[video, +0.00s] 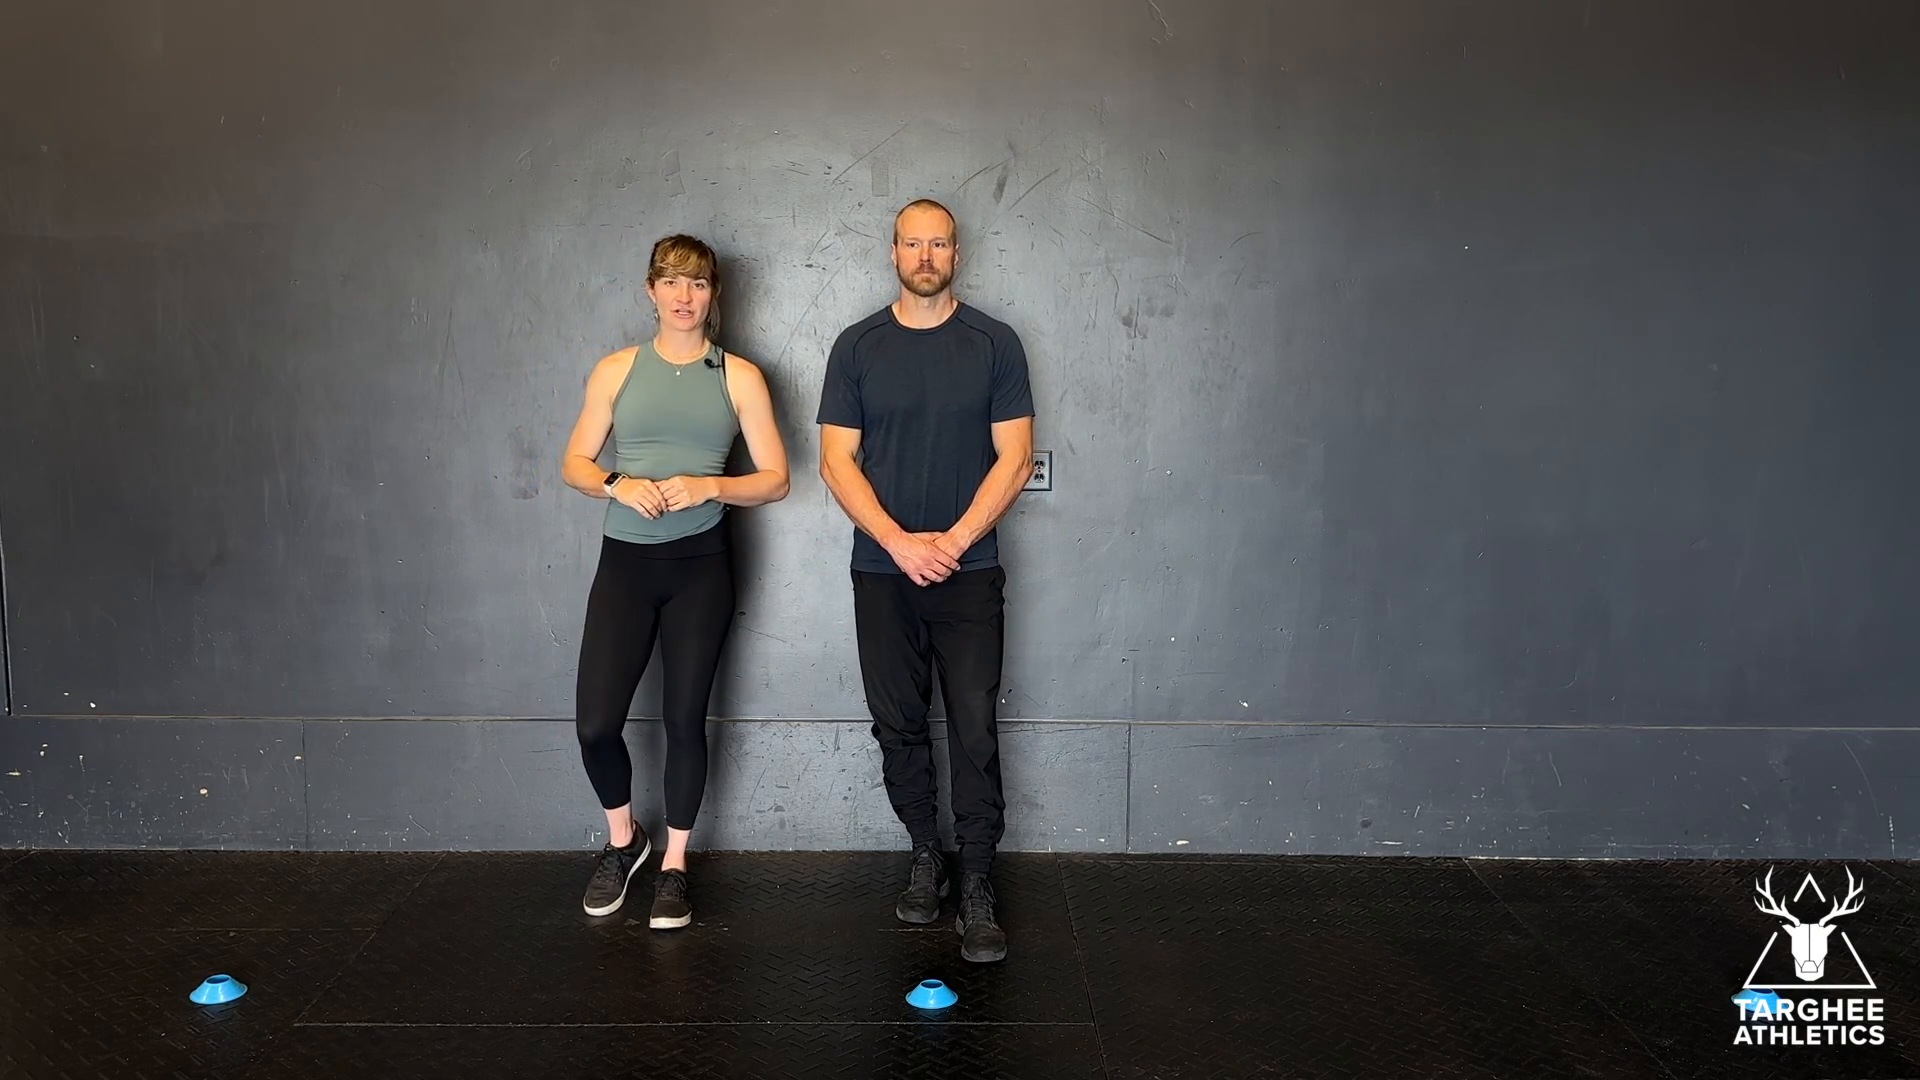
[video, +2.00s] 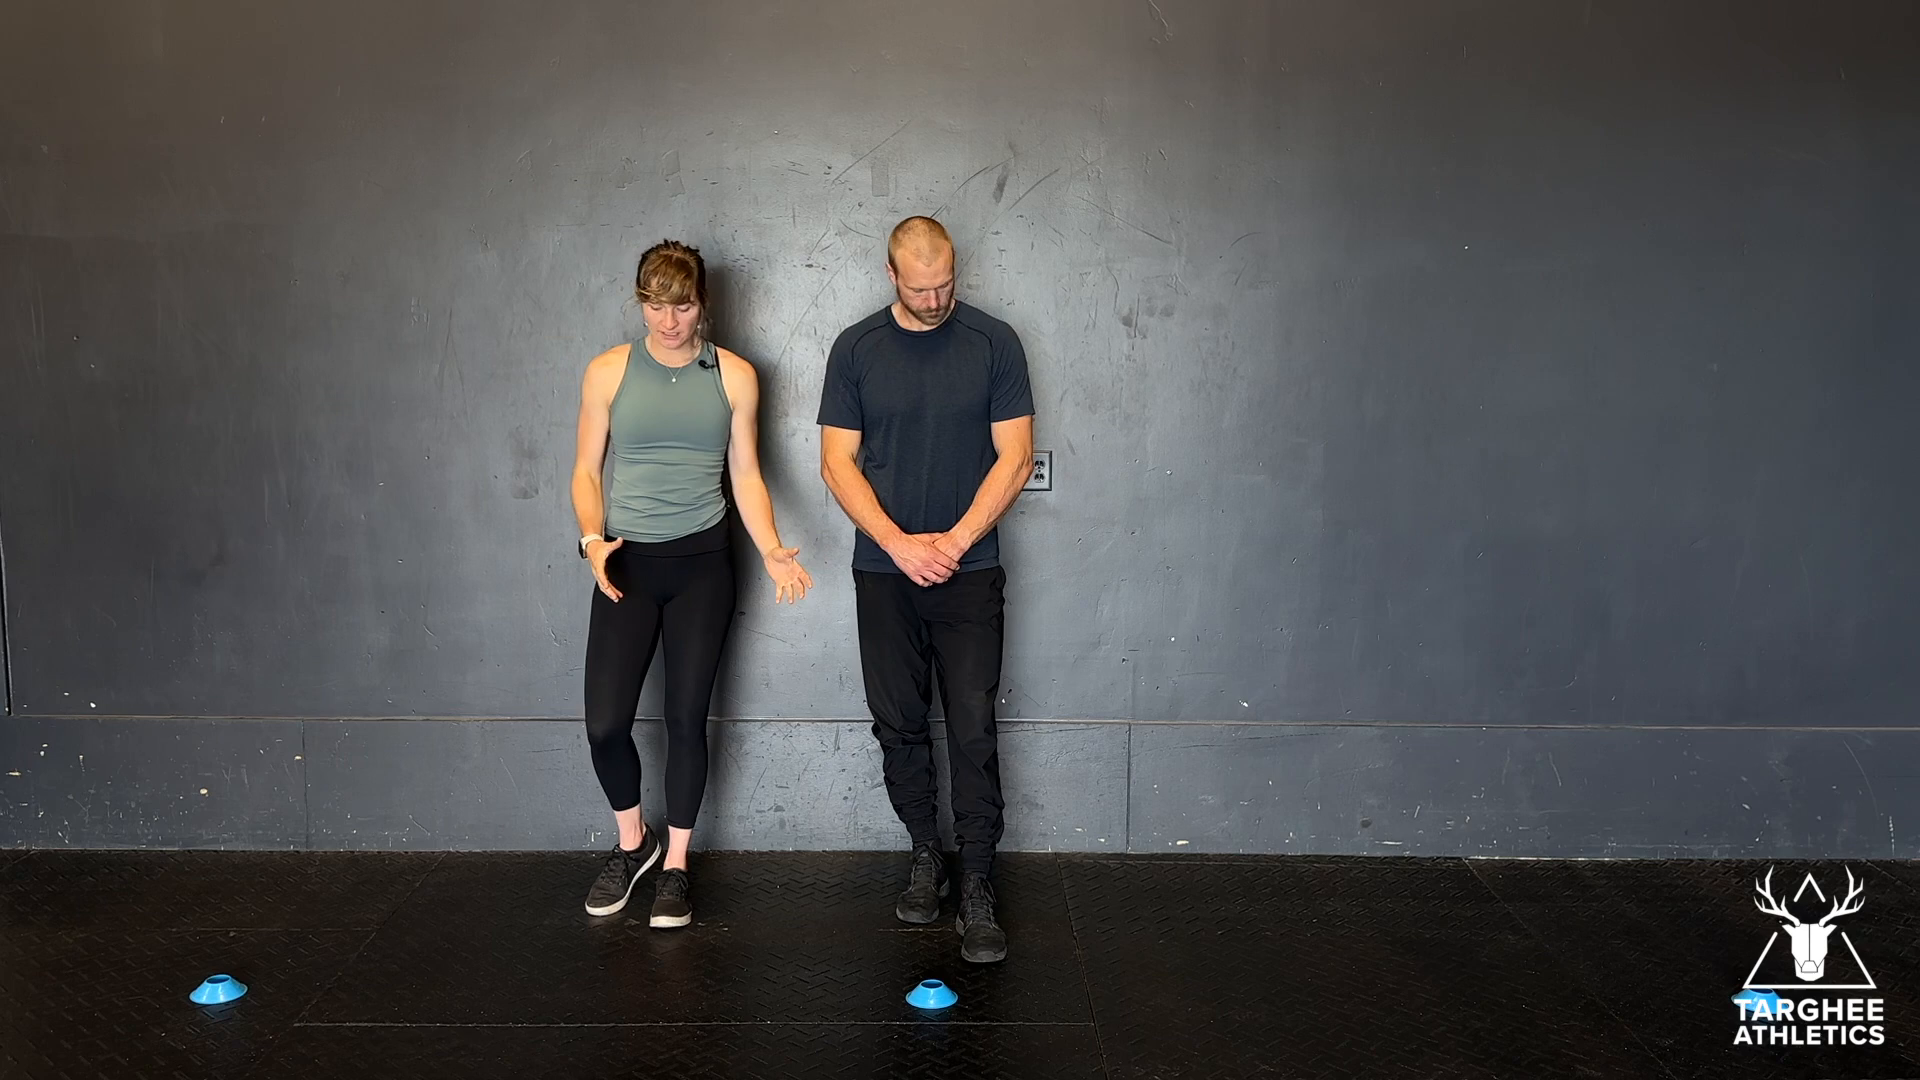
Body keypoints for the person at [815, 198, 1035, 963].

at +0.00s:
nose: (926, 255)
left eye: (938, 243)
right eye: (913, 243)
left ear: (956, 254)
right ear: (894, 253)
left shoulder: (994, 343)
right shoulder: (856, 347)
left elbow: (1016, 460)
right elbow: (836, 462)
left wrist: (952, 542)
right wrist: (896, 540)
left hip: (968, 570)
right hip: (883, 570)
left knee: (974, 732)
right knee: (900, 727)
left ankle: (978, 887)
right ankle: (928, 859)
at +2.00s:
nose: (936, 295)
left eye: (945, 281)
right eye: (922, 285)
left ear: (954, 267)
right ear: (893, 274)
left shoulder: (992, 343)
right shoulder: (856, 348)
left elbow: (1016, 460)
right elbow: (836, 464)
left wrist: (954, 541)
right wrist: (896, 541)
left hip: (968, 570)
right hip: (885, 571)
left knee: (972, 731)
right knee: (899, 726)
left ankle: (977, 884)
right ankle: (928, 856)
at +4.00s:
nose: (899, 304)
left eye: (911, 292)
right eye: (889, 292)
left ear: (938, 274)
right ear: (874, 278)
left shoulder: (988, 343)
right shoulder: (851, 348)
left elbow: (1011, 461)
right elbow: (830, 461)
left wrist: (946, 539)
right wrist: (887, 538)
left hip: (963, 564)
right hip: (878, 566)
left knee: (972, 715)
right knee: (895, 721)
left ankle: (975, 870)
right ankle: (926, 855)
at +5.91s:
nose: (963, 286)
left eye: (973, 274)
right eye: (950, 275)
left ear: (985, 264)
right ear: (926, 266)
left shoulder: (1021, 338)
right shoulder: (888, 343)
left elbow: (1044, 452)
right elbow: (874, 454)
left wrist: (983, 532)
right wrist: (924, 530)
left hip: (998, 555)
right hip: (912, 554)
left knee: (998, 703)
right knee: (915, 709)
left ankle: (994, 832)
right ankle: (923, 850)